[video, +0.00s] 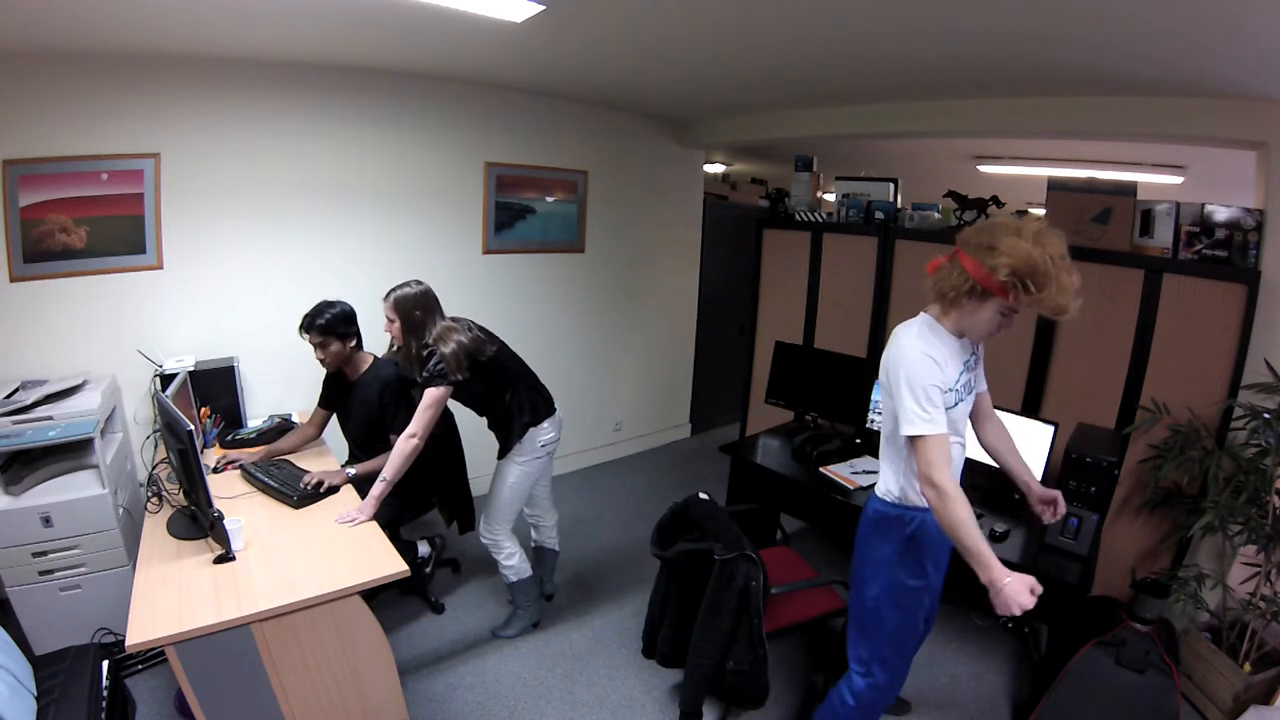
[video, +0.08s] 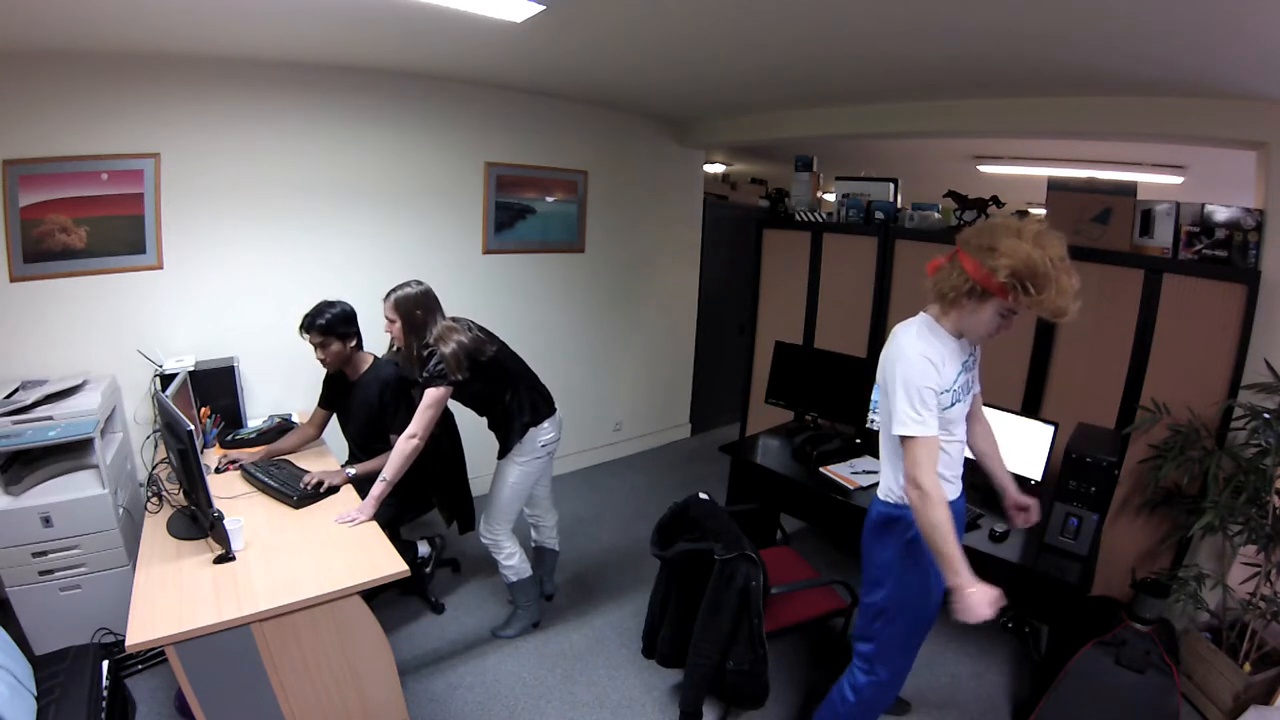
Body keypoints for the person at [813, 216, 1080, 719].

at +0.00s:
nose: (1008, 327)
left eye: (1014, 316)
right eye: (1006, 313)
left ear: (980, 298)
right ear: (974, 293)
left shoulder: (964, 342)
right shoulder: (915, 353)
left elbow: (983, 417)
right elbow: (936, 482)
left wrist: (1030, 486)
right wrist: (997, 576)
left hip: (934, 520)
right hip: (899, 528)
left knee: (913, 623)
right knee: (873, 676)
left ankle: (881, 690)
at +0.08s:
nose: (1007, 329)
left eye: (1013, 317)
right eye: (1005, 315)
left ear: (980, 298)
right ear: (974, 293)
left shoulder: (961, 341)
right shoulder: (914, 355)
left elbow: (973, 417)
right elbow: (919, 484)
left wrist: (1007, 488)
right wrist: (962, 582)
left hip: (944, 510)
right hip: (905, 526)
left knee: (911, 615)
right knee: (875, 666)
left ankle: (880, 689)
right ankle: (840, 714)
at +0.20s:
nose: (1005, 327)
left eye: (1011, 316)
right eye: (1003, 313)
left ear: (979, 297)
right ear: (974, 292)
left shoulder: (959, 340)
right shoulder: (913, 357)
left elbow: (964, 419)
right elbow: (910, 486)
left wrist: (984, 492)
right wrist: (936, 586)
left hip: (947, 514)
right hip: (911, 523)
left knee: (908, 618)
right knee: (877, 650)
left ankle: (878, 689)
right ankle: (840, 713)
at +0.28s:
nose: (1005, 325)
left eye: (1011, 313)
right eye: (1004, 311)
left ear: (981, 294)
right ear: (976, 290)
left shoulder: (961, 339)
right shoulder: (915, 353)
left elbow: (973, 417)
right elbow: (922, 482)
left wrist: (1005, 490)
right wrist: (969, 580)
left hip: (937, 513)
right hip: (903, 524)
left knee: (908, 616)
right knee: (874, 663)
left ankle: (877, 689)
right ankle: (839, 713)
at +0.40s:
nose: (1005, 327)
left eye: (1011, 316)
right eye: (1004, 314)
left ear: (981, 297)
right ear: (976, 292)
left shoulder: (961, 343)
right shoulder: (914, 353)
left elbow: (982, 419)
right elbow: (936, 481)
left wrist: (1027, 488)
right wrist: (999, 574)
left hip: (931, 522)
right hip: (897, 529)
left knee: (913, 626)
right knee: (874, 680)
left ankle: (881, 693)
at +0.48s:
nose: (1003, 328)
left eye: (1009, 317)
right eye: (1002, 314)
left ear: (976, 296)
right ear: (972, 292)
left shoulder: (958, 341)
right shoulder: (911, 353)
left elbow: (971, 419)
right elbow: (918, 482)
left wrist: (1005, 489)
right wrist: (963, 580)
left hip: (943, 509)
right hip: (904, 526)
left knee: (909, 616)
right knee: (875, 668)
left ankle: (878, 690)